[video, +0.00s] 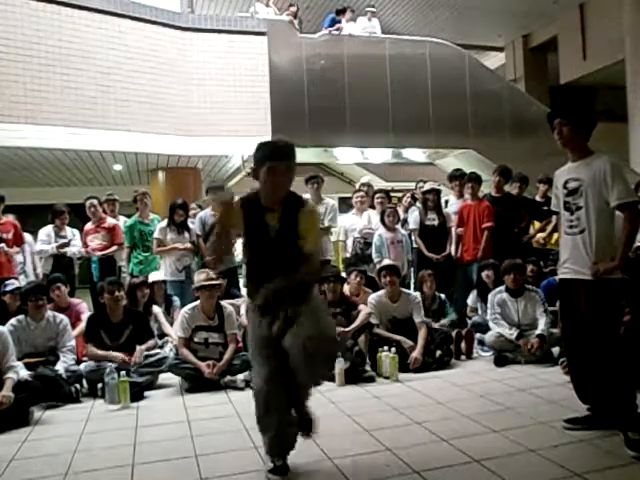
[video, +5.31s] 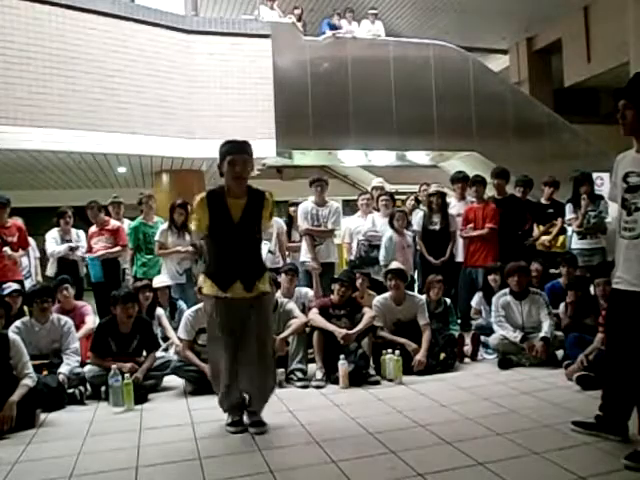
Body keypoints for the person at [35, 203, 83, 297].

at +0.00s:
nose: (64, 222)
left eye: (65, 219)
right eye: (61, 219)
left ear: (68, 218)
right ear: (54, 219)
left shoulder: (74, 232)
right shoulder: (45, 231)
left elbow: (79, 250)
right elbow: (38, 250)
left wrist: (66, 251)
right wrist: (55, 248)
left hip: (69, 272)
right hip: (50, 272)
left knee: (69, 301)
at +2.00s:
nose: (68, 224)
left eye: (69, 221)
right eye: (65, 221)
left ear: (72, 221)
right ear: (59, 221)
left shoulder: (77, 234)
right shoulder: (49, 234)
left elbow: (81, 251)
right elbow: (42, 253)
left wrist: (70, 253)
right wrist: (59, 250)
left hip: (72, 270)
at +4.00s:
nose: (66, 221)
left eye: (69, 218)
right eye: (63, 218)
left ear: (72, 219)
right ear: (58, 220)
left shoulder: (78, 234)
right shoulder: (49, 233)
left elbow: (81, 252)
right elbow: (43, 252)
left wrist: (70, 254)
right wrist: (60, 250)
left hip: (73, 267)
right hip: (55, 266)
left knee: (74, 296)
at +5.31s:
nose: (67, 220)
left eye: (69, 217)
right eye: (64, 218)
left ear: (73, 219)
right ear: (59, 220)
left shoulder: (79, 233)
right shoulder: (51, 234)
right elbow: (51, 252)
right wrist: (67, 247)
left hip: (75, 264)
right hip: (59, 264)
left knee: (77, 295)